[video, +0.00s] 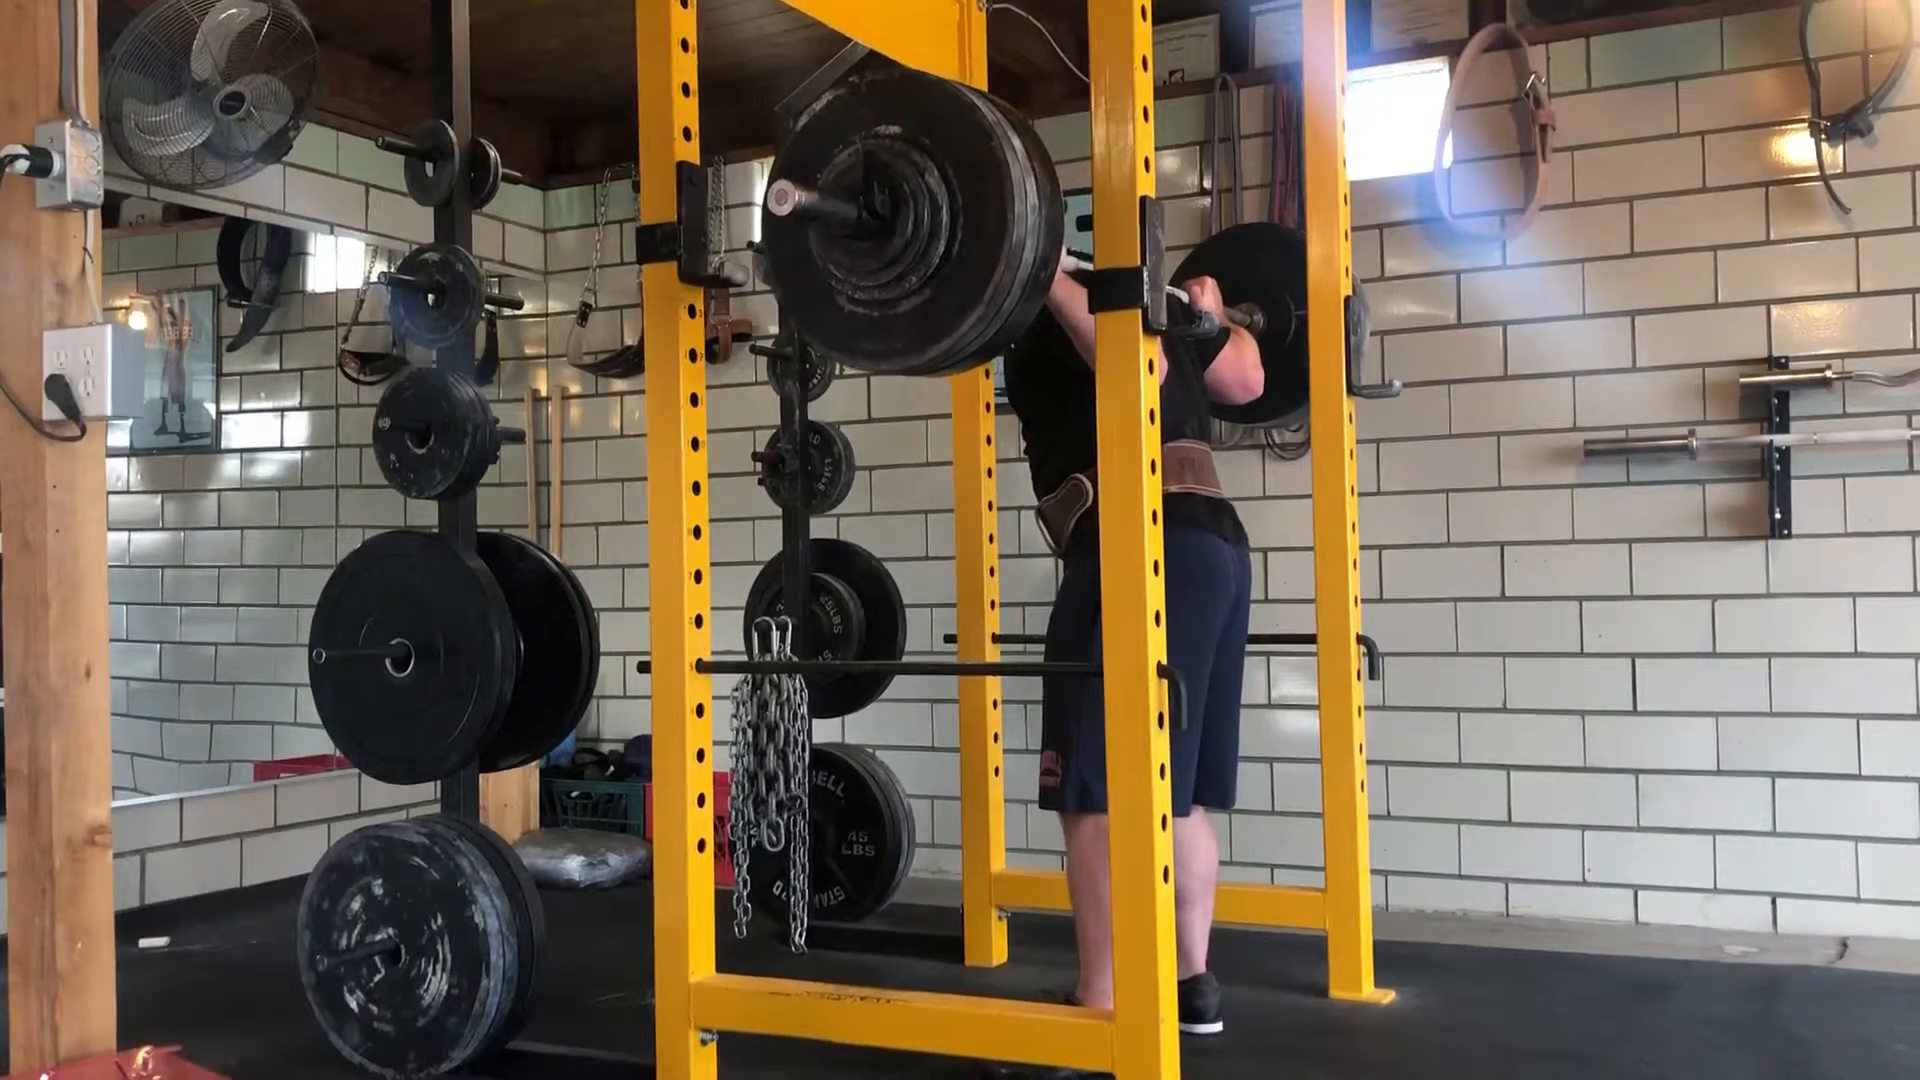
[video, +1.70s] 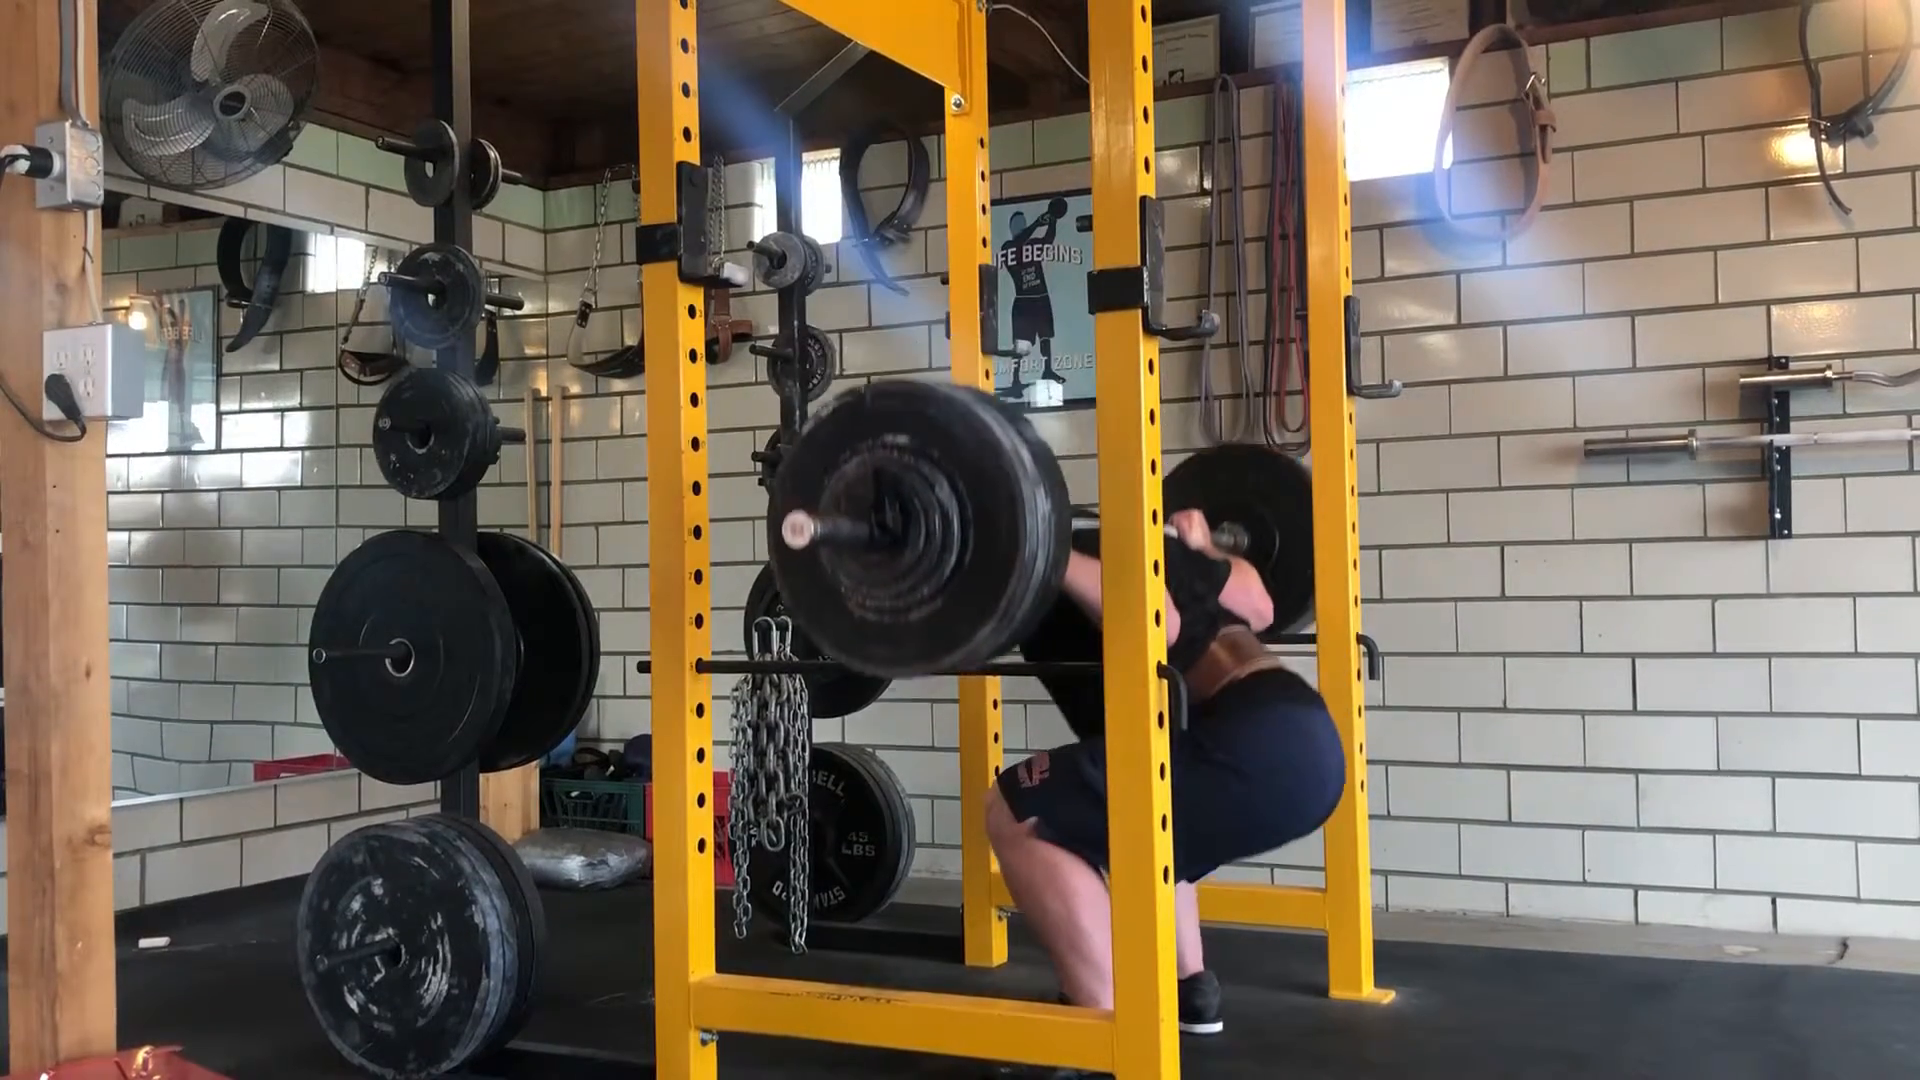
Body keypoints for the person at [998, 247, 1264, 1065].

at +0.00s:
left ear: (1032, 246)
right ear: (1077, 239)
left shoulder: (1052, 293)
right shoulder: (1168, 297)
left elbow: (1136, 370)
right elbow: (1246, 377)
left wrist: (1057, 284)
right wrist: (1213, 308)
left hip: (1127, 538)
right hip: (1214, 544)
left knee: (1089, 783)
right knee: (1188, 783)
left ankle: (1101, 999)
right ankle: (1193, 986)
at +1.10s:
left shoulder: (1073, 395)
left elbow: (1167, 457)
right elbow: (1259, 458)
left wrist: (1048, 375)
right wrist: (1209, 393)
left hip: (1234, 601)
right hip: (1291, 602)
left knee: (1064, 786)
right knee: (1185, 795)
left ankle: (1099, 1006)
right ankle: (1192, 986)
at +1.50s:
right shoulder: (1144, 496)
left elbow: (1163, 568)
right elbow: (1262, 555)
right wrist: (1216, 505)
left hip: (1261, 694)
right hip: (1310, 694)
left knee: (1036, 802)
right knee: (1169, 812)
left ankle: (1102, 1021)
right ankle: (1190, 982)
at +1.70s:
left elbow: (1161, 626)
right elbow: (1259, 603)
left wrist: (1041, 545)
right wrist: (1203, 550)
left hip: (1266, 744)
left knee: (1016, 810)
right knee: (1145, 812)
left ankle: (1104, 1029)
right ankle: (1188, 983)